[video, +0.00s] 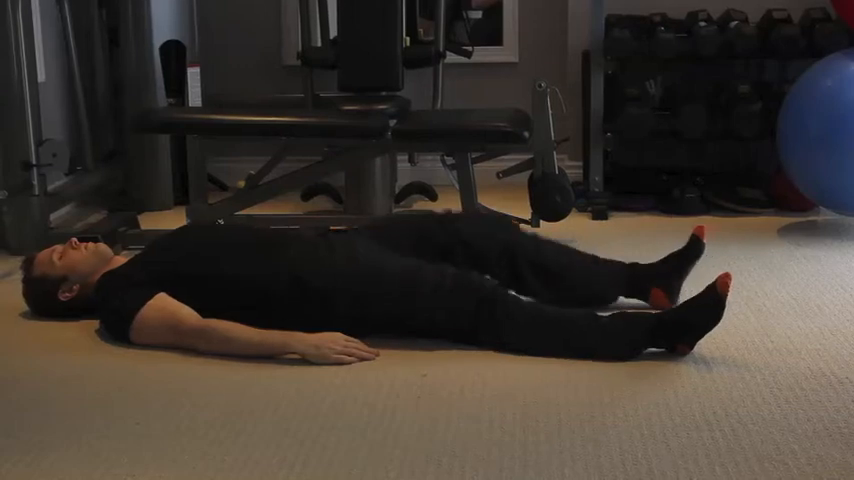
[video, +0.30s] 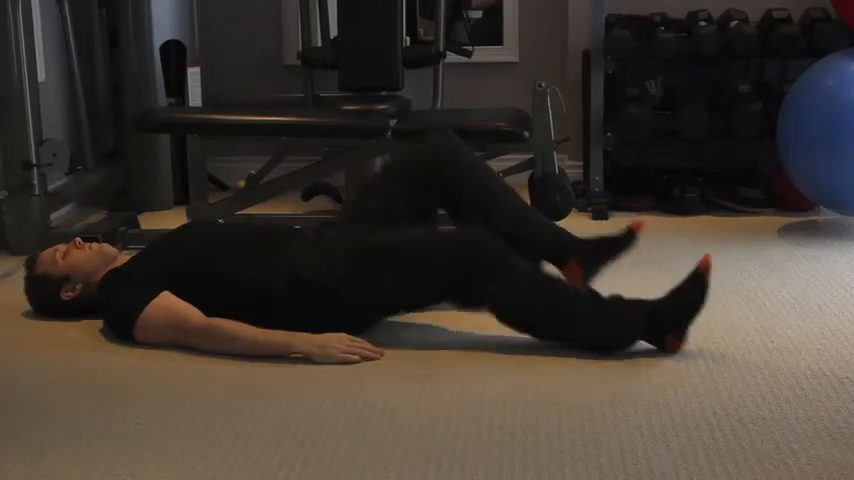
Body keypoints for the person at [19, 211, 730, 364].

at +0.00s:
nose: (72, 244)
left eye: (64, 243)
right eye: (61, 260)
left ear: (85, 239)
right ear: (71, 291)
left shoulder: (156, 246)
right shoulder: (118, 295)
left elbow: (254, 243)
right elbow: (198, 333)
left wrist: (333, 226)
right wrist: (297, 344)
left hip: (353, 236)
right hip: (332, 280)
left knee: (489, 233)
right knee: (479, 302)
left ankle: (636, 284)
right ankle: (656, 335)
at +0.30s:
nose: (80, 241)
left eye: (71, 239)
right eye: (68, 255)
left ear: (90, 244)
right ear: (74, 285)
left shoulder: (153, 246)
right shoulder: (127, 297)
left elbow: (249, 235)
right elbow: (206, 331)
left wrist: (319, 218)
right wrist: (311, 345)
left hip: (343, 226)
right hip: (330, 276)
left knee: (435, 152)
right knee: (472, 258)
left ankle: (563, 253)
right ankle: (641, 326)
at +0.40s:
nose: (83, 236)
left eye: (73, 237)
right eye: (70, 249)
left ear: (89, 245)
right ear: (74, 282)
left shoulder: (150, 251)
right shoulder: (127, 296)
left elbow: (244, 240)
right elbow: (208, 335)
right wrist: (307, 346)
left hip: (340, 233)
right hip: (330, 284)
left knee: (417, 136)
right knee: (464, 218)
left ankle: (546, 236)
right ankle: (618, 310)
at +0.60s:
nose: (79, 237)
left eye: (69, 238)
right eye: (66, 255)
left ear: (89, 241)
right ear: (76, 289)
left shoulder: (152, 253)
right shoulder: (126, 298)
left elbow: (256, 258)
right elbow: (206, 334)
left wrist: (369, 271)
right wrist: (308, 346)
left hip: (327, 258)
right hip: (321, 292)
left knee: (377, 122)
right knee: (406, 153)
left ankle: (516, 214)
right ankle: (551, 254)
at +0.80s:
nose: (77, 238)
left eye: (67, 238)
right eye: (64, 253)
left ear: (89, 241)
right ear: (74, 290)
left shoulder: (147, 257)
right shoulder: (122, 297)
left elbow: (256, 257)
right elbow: (200, 332)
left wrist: (362, 272)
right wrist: (306, 345)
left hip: (323, 267)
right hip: (310, 290)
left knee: (357, 117)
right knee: (333, 128)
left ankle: (517, 154)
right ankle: (497, 195)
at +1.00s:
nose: (73, 236)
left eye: (61, 237)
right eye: (58, 249)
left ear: (83, 245)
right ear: (66, 287)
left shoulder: (144, 251)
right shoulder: (116, 299)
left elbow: (247, 247)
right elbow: (199, 331)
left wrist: (356, 275)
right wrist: (304, 343)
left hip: (315, 270)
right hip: (293, 291)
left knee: (285, 114)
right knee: (273, 118)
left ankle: (447, 121)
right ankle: (445, 129)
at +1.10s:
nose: (63, 237)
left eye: (54, 237)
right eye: (52, 250)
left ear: (78, 239)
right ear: (64, 288)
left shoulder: (144, 251)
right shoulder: (113, 294)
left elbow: (245, 251)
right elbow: (196, 331)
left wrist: (352, 273)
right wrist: (295, 344)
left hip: (310, 264)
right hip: (289, 282)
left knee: (267, 113)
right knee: (254, 118)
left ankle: (421, 111)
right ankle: (422, 119)